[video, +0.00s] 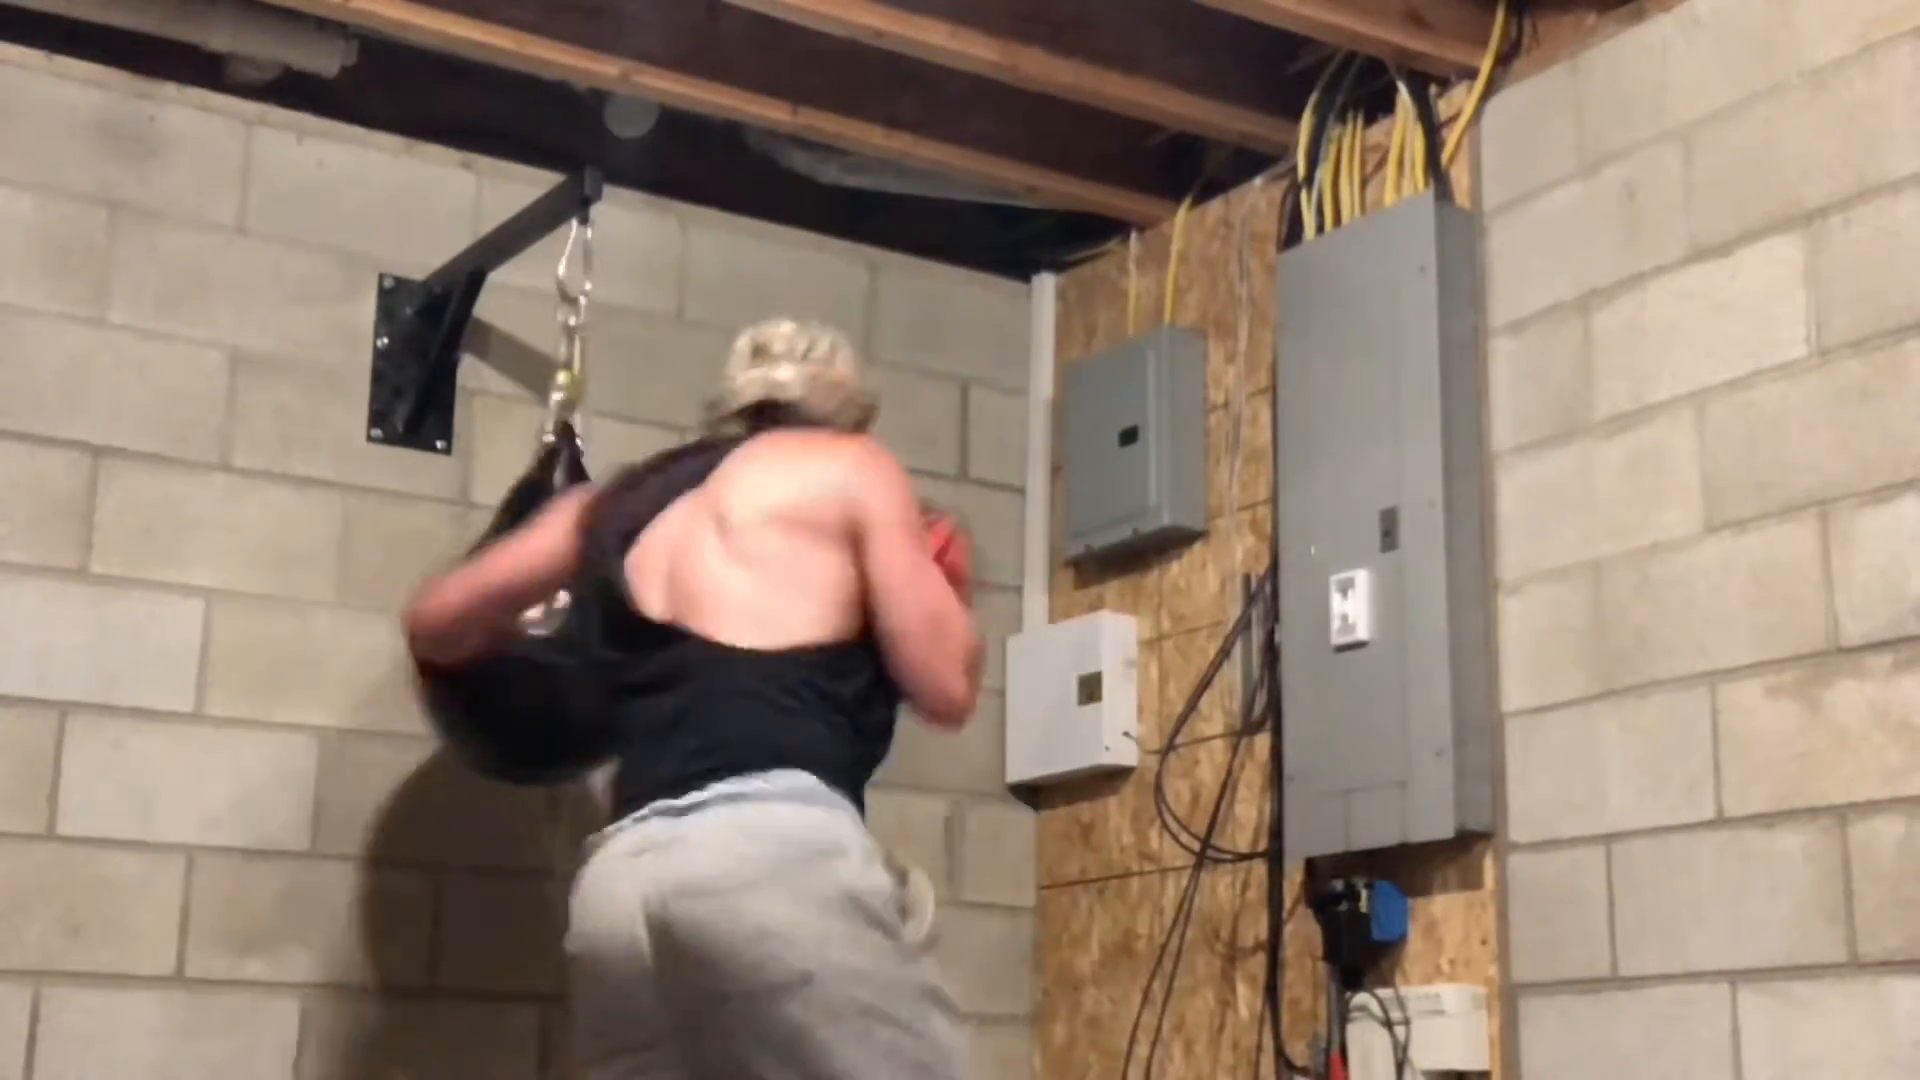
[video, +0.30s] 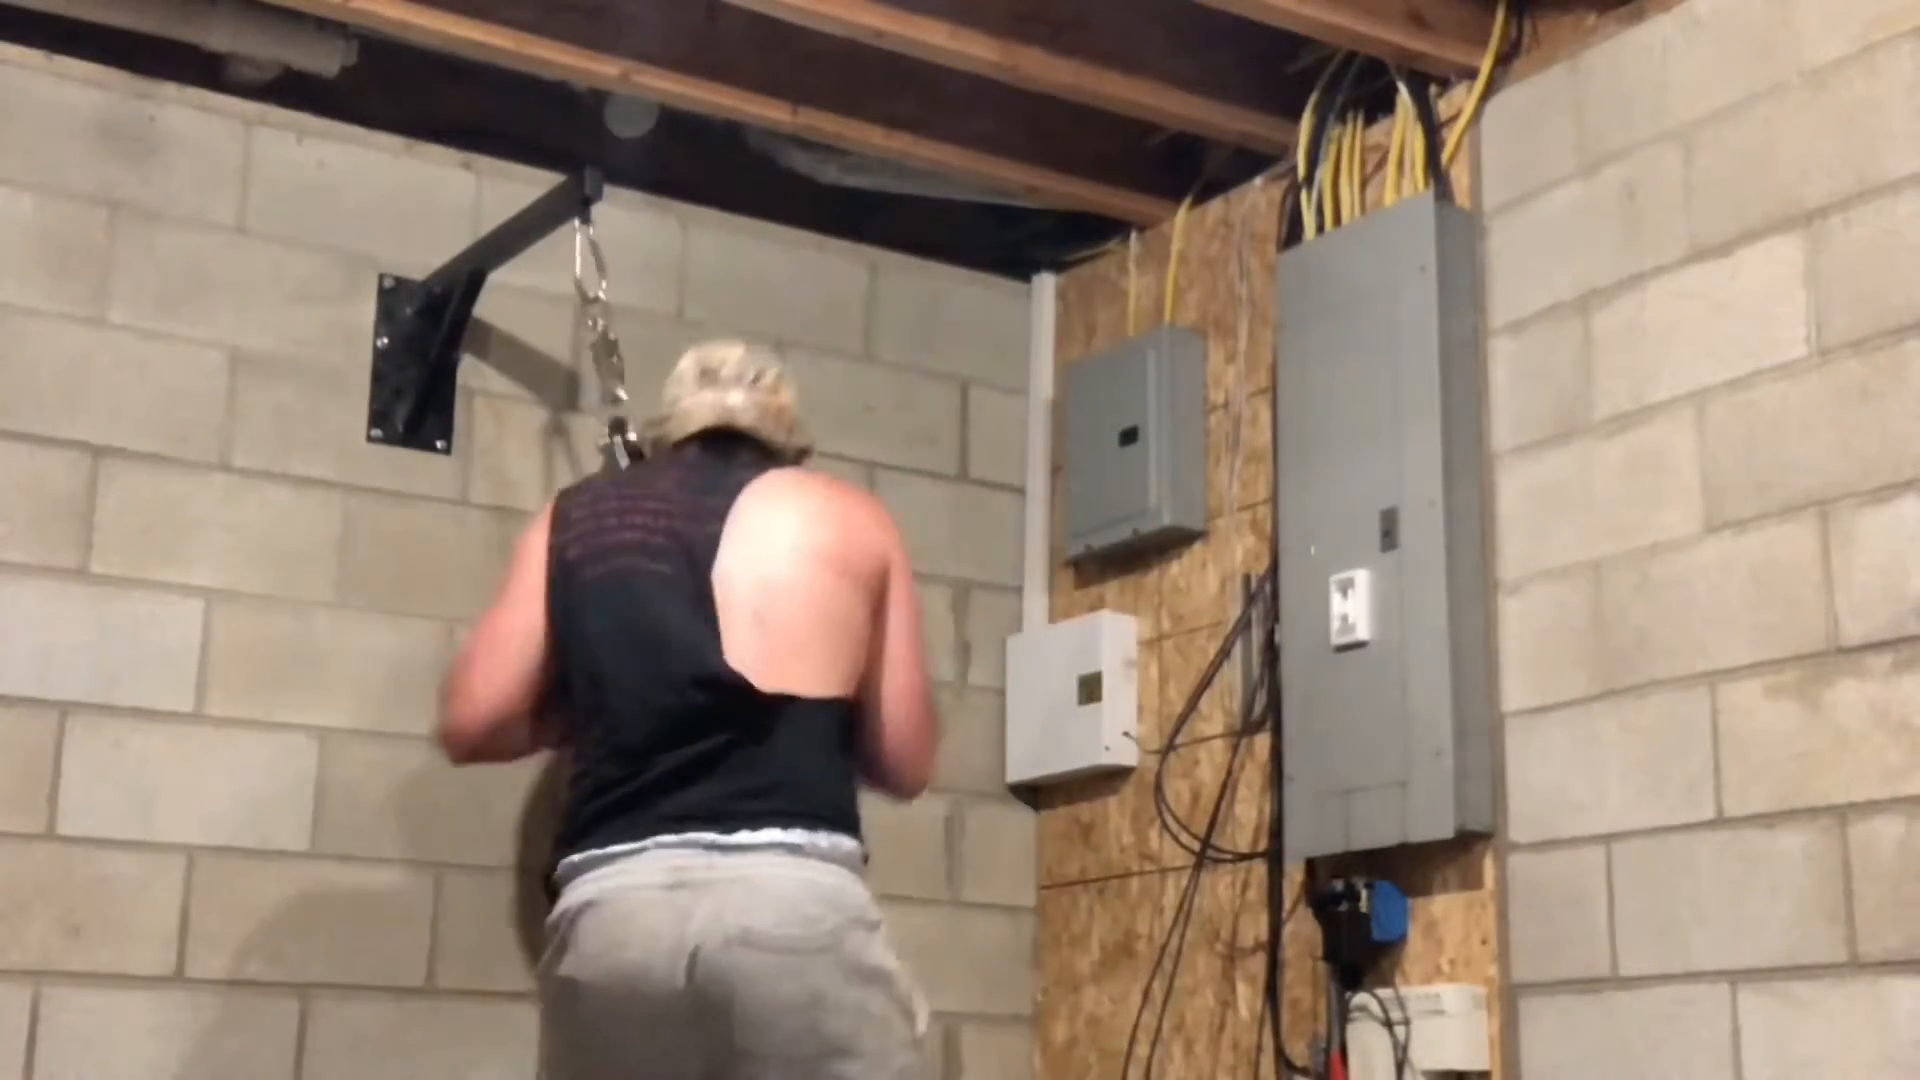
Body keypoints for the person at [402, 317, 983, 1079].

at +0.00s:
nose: (866, 423)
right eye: (860, 413)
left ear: (728, 405)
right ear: (847, 406)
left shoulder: (621, 501)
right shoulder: (854, 465)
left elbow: (435, 619)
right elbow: (947, 691)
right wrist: (947, 586)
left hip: (615, 879)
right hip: (778, 858)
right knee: (910, 1064)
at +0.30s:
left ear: (662, 432)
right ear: (789, 431)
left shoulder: (571, 514)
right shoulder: (858, 517)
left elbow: (471, 724)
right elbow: (905, 763)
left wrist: (607, 692)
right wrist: (802, 687)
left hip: (614, 921)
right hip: (806, 917)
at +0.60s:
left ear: (795, 365)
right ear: (928, 365)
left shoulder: (698, 465)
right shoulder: (999, 461)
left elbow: (601, 666)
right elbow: (1050, 717)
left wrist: (735, 676)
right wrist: (930, 660)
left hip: (743, 888)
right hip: (937, 880)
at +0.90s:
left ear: (890, 324)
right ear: (1024, 332)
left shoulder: (792, 404)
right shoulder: (1111, 437)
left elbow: (686, 605)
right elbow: (1155, 703)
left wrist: (800, 613)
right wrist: (1030, 639)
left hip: (826, 855)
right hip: (1024, 858)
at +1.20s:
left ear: (905, 319)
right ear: (1037, 328)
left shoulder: (798, 397)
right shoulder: (1121, 437)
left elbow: (694, 607)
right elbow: (1152, 709)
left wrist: (817, 604)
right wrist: (1021, 637)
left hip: (827, 865)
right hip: (1027, 866)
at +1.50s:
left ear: (854, 339)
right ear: (991, 342)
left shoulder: (778, 412)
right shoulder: (1096, 448)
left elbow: (674, 625)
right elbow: (1119, 711)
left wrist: (798, 578)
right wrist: (1003, 630)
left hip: (802, 868)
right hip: (1003, 872)